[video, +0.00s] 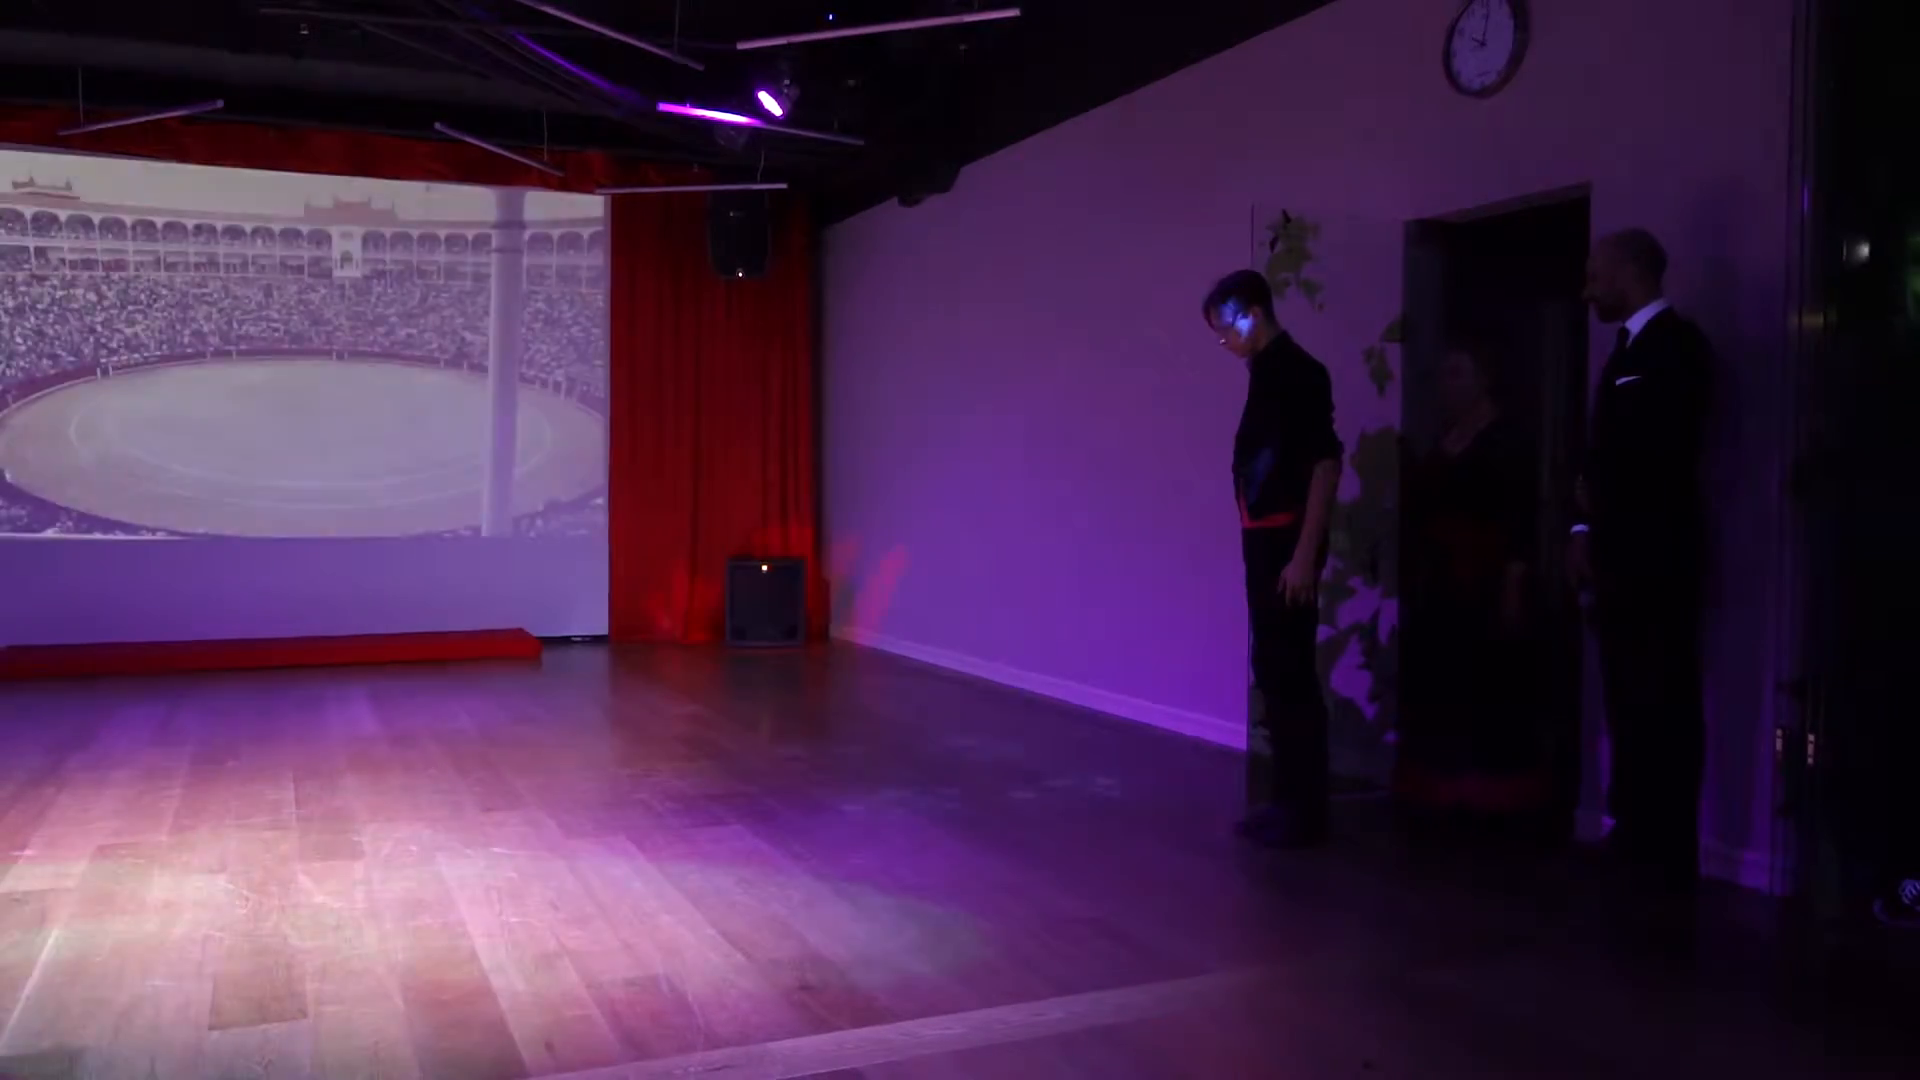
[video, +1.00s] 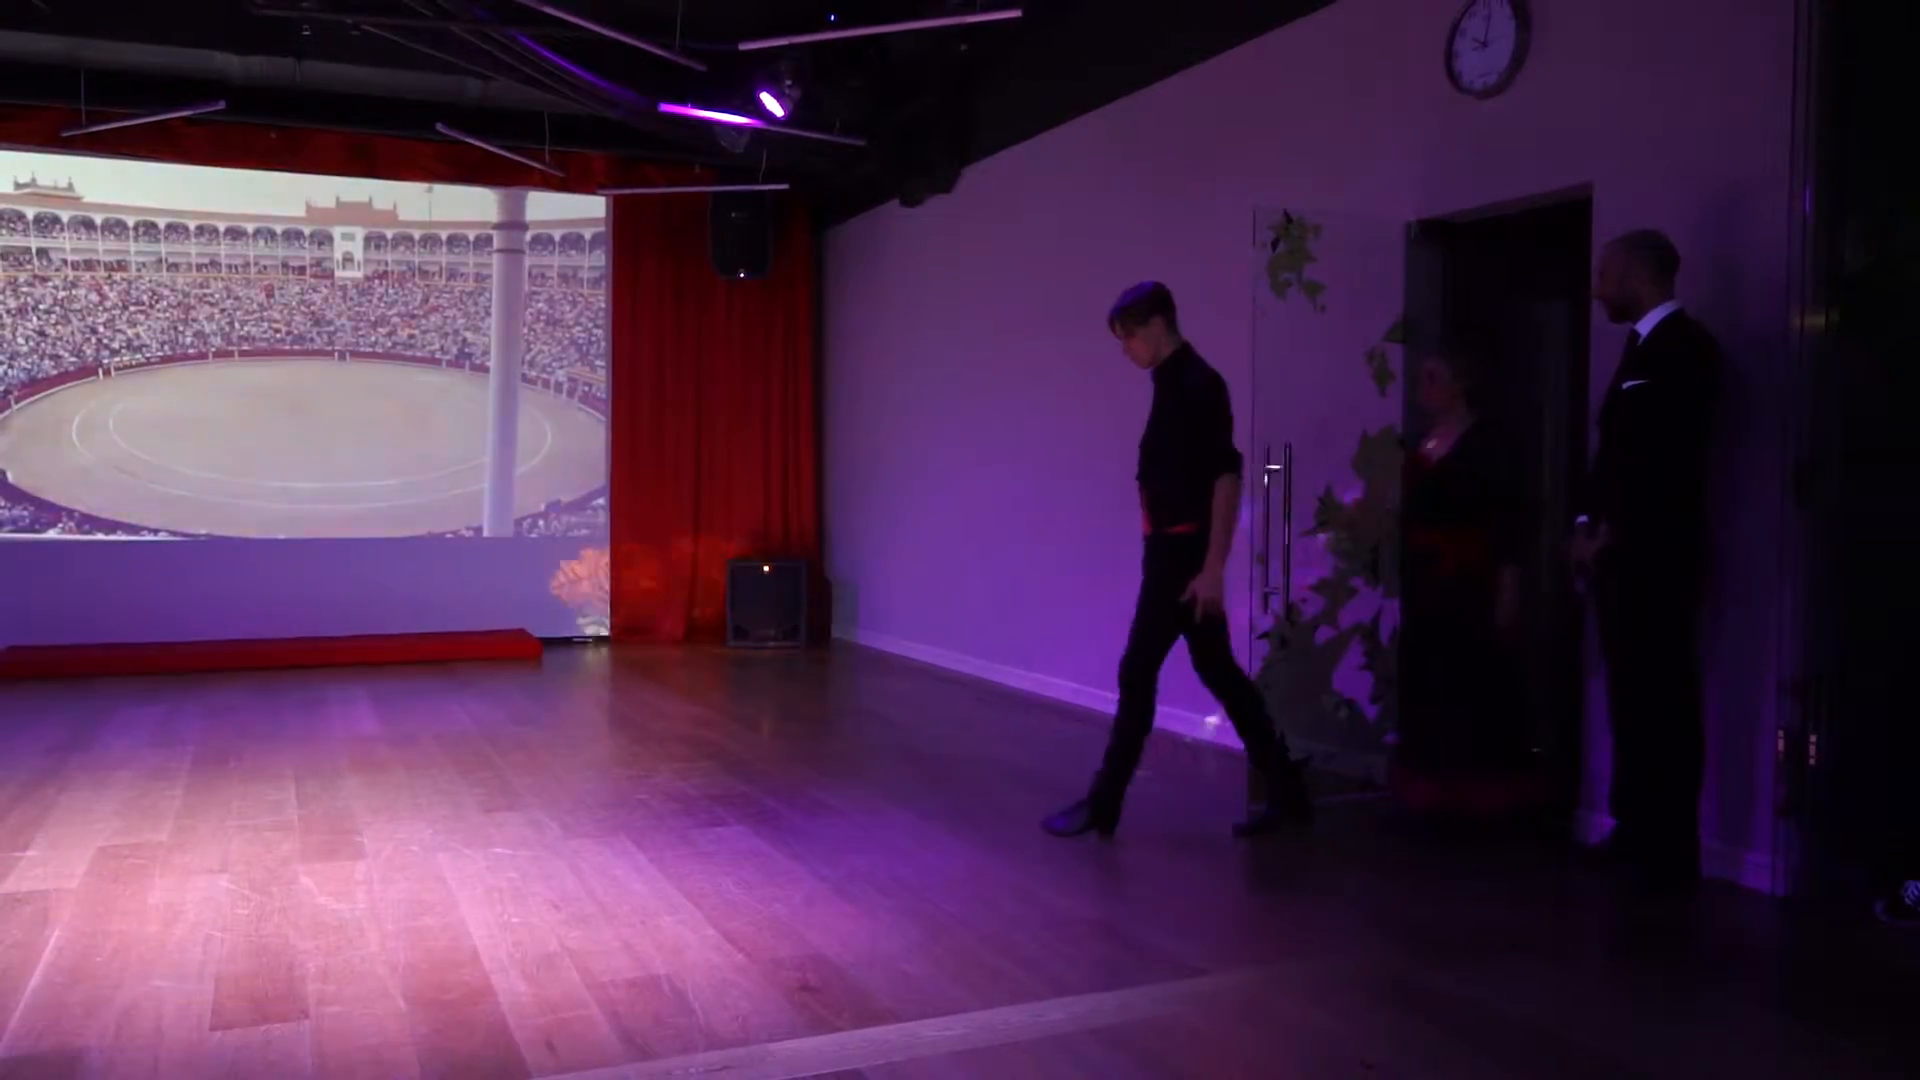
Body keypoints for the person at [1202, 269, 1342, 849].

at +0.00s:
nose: (1223, 341)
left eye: (1225, 327)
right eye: (1219, 331)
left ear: (1252, 314)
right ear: (1248, 318)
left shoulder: (1296, 371)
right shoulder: (1269, 371)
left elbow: (1325, 464)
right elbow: (1280, 466)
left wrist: (1303, 556)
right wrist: (1263, 548)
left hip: (1284, 544)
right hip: (1264, 542)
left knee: (1287, 675)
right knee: (1277, 676)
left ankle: (1299, 809)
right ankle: (1289, 803)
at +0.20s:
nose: (1219, 342)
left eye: (1222, 329)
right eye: (1215, 332)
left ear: (1248, 319)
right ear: (1239, 324)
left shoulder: (1295, 376)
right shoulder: (1262, 375)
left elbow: (1320, 467)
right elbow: (1265, 464)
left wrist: (1298, 556)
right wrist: (1252, 541)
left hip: (1282, 544)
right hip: (1259, 541)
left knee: (1284, 678)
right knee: (1275, 678)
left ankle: (1298, 810)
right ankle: (1287, 803)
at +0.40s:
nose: (1210, 344)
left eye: (1213, 332)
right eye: (1206, 334)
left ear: (1242, 320)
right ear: (1231, 326)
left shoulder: (1285, 377)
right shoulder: (1254, 375)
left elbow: (1312, 468)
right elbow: (1261, 464)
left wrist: (1294, 561)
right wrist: (1246, 542)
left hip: (1272, 547)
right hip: (1252, 544)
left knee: (1251, 667)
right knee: (1263, 668)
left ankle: (1293, 805)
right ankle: (1289, 800)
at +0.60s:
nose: (1190, 349)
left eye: (1193, 337)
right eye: (1187, 339)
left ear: (1222, 327)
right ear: (1223, 328)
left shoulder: (1267, 381)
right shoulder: (1240, 379)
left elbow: (1300, 473)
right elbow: (1239, 466)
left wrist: (1285, 564)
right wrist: (1230, 542)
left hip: (1255, 551)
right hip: (1245, 548)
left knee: (1200, 663)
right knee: (1269, 675)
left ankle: (1211, 800)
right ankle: (1293, 802)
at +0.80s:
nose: (1164, 352)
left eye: (1167, 340)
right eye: (1160, 342)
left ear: (1197, 331)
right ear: (1198, 334)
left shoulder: (1239, 387)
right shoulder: (1211, 386)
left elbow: (1274, 477)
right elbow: (1212, 476)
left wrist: (1259, 569)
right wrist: (1201, 545)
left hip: (1228, 557)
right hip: (1216, 554)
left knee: (1169, 667)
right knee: (1259, 679)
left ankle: (1124, 801)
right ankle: (1294, 804)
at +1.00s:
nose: (1126, 349)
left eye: (1130, 336)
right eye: (1121, 339)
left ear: (1160, 326)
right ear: (1150, 331)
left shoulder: (1198, 382)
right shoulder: (1175, 381)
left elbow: (1227, 475)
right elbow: (1181, 475)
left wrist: (1213, 569)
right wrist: (1161, 551)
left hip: (1180, 554)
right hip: (1175, 550)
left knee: (1137, 672)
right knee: (1219, 670)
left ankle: (1104, 805)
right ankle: (1283, 786)